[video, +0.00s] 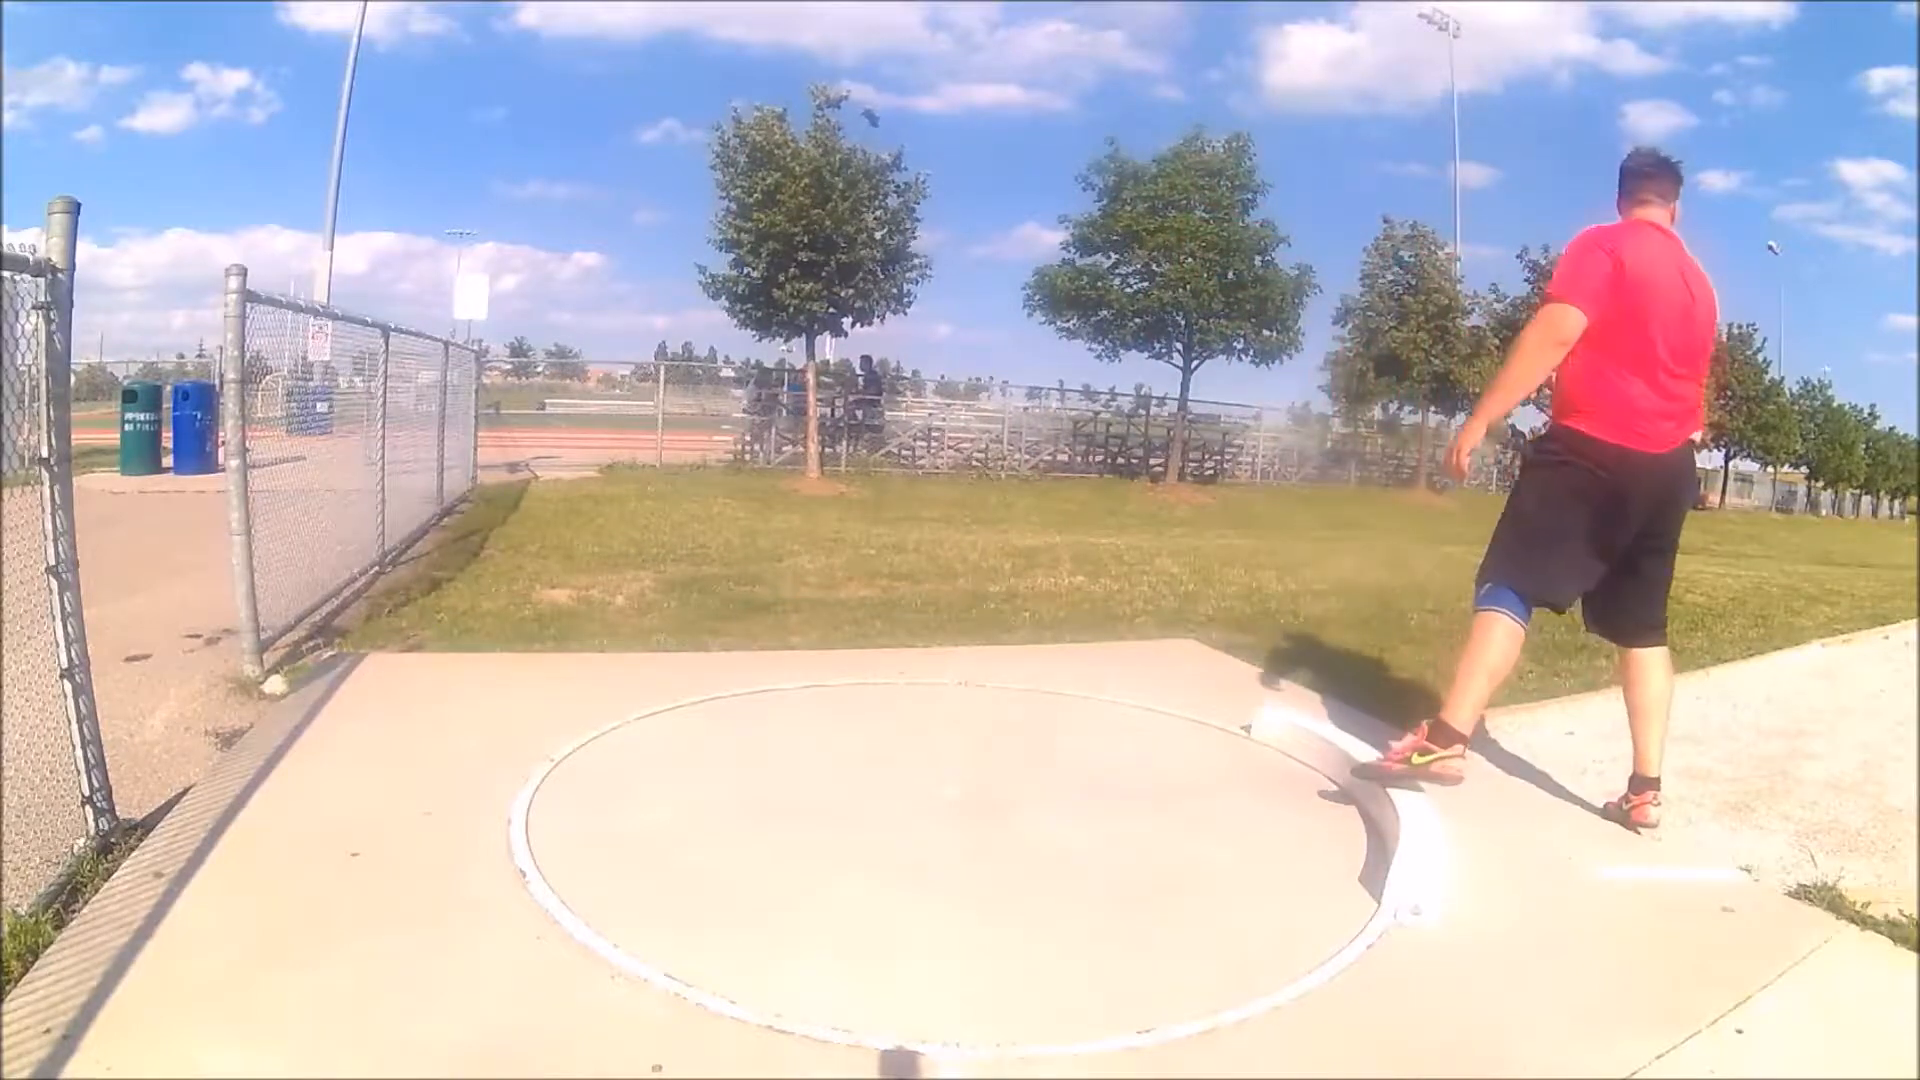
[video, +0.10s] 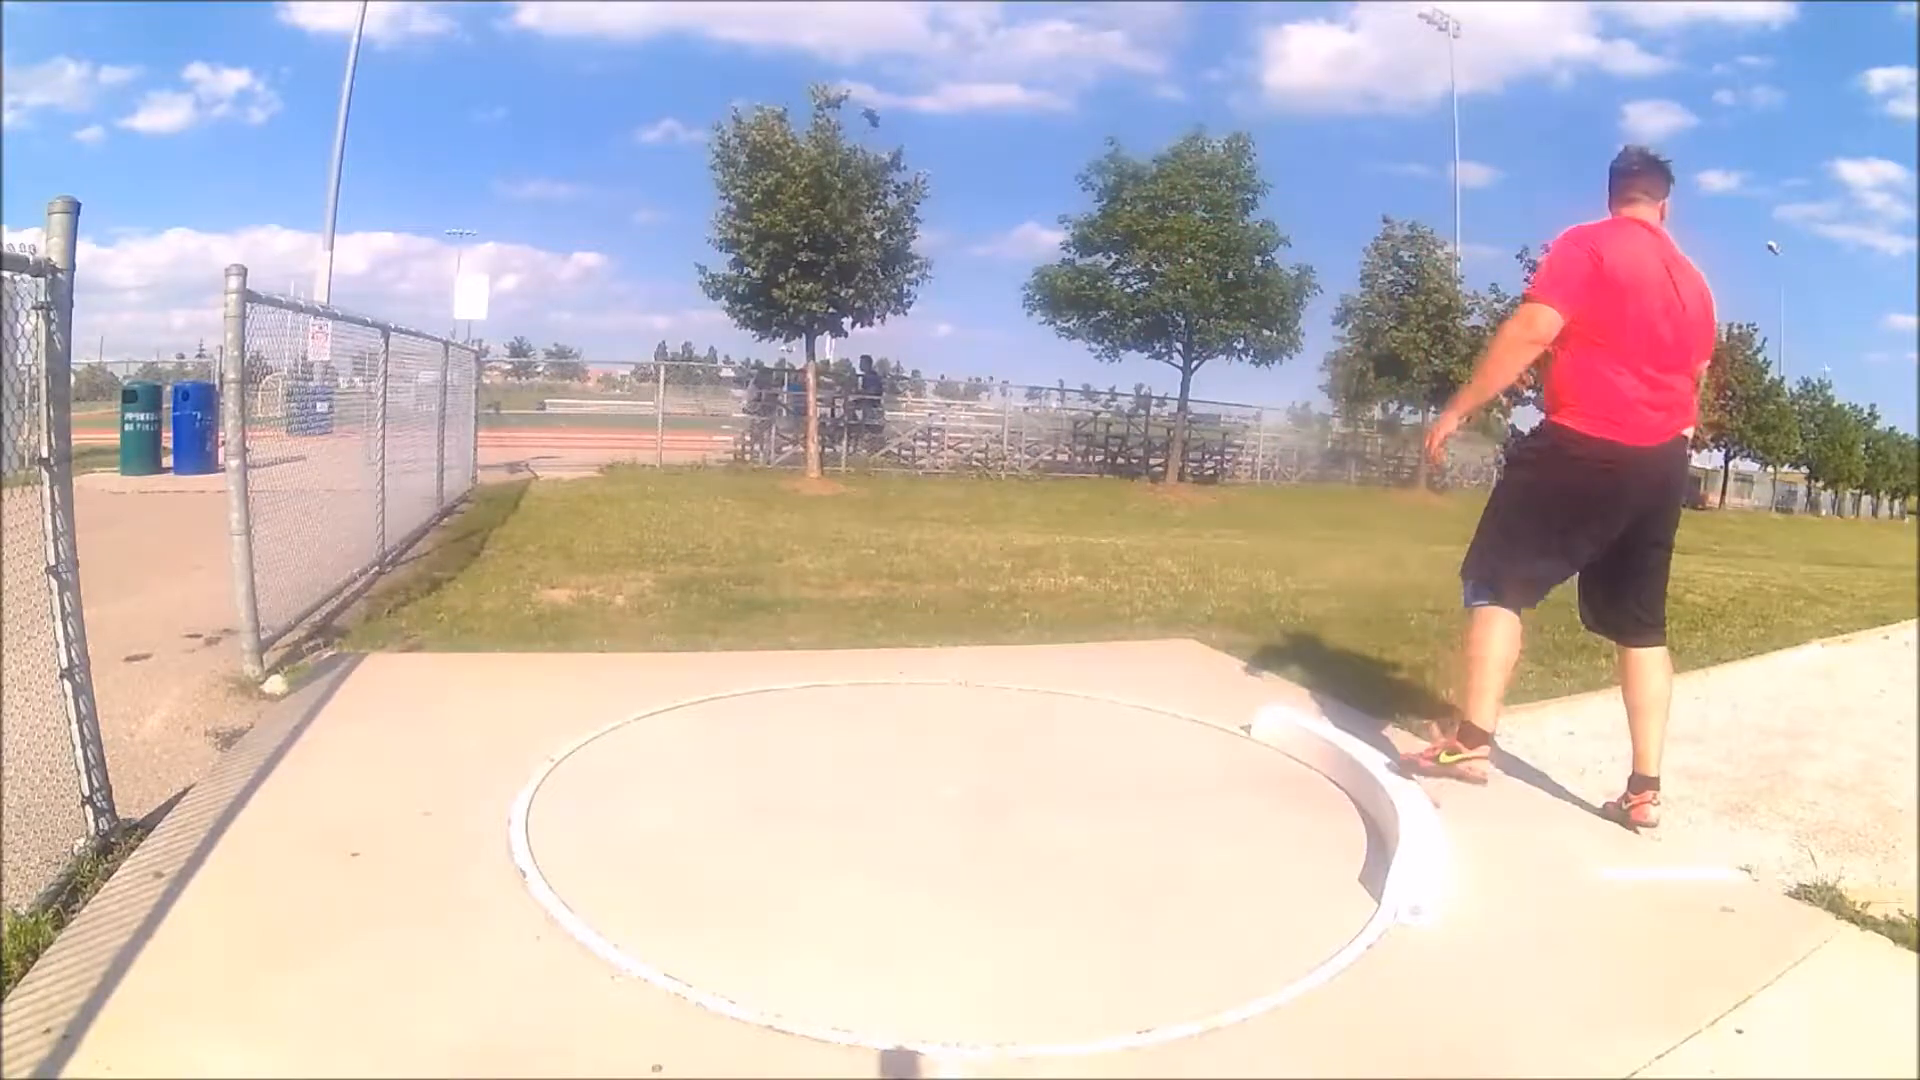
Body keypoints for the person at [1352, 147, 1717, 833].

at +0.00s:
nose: (1642, 211)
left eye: (1626, 199)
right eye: (1667, 203)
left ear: (1619, 197)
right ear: (1678, 205)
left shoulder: (1602, 244)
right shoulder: (1700, 283)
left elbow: (1557, 329)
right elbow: (1694, 388)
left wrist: (1480, 419)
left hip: (1583, 456)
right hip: (1666, 471)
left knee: (1509, 589)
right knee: (1643, 623)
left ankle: (1449, 733)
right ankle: (1646, 790)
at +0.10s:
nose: (1636, 206)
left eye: (1619, 195)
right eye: (1654, 199)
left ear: (1611, 193)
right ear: (1666, 203)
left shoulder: (1585, 244)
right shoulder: (1693, 278)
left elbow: (1533, 330)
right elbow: (1694, 376)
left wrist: (1458, 408)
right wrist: (1663, 447)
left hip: (1574, 456)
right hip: (1659, 467)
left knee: (1498, 585)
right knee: (1641, 621)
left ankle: (1471, 740)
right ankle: (1644, 789)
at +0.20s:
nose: (1646, 214)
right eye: (1652, 207)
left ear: (1593, 196)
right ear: (1651, 206)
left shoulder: (1564, 242)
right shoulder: (1679, 278)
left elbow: (1509, 337)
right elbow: (1704, 376)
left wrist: (1447, 409)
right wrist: (1698, 429)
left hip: (1555, 453)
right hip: (1644, 462)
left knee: (1494, 590)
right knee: (1635, 619)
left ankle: (1476, 746)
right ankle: (1643, 787)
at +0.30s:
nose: (1631, 217)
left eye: (1624, 208)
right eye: (1633, 210)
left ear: (1573, 197)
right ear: (1628, 207)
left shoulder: (1533, 247)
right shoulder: (1660, 277)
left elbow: (1478, 343)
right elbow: (1704, 384)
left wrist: (1433, 427)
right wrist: (1702, 473)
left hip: (1535, 461)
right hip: (1629, 464)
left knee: (1496, 608)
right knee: (1627, 622)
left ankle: (1442, 757)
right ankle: (1641, 786)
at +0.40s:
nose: (1608, 213)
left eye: (1603, 205)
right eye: (1609, 205)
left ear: (1545, 198)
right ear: (1602, 202)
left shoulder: (1497, 252)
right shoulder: (1633, 269)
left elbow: (1451, 348)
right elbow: (1687, 380)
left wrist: (1425, 427)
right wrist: (1699, 476)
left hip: (1513, 464)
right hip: (1608, 466)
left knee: (1483, 617)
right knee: (1617, 623)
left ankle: (1438, 762)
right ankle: (1638, 783)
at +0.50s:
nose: (1580, 205)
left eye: (1572, 195)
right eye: (1583, 196)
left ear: (1519, 191)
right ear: (1578, 193)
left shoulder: (1464, 253)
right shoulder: (1612, 255)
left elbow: (1433, 354)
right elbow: (1657, 362)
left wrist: (1411, 445)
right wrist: (1672, 467)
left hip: (1494, 456)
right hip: (1591, 453)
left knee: (1477, 613)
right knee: (1603, 614)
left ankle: (1440, 764)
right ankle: (1622, 775)